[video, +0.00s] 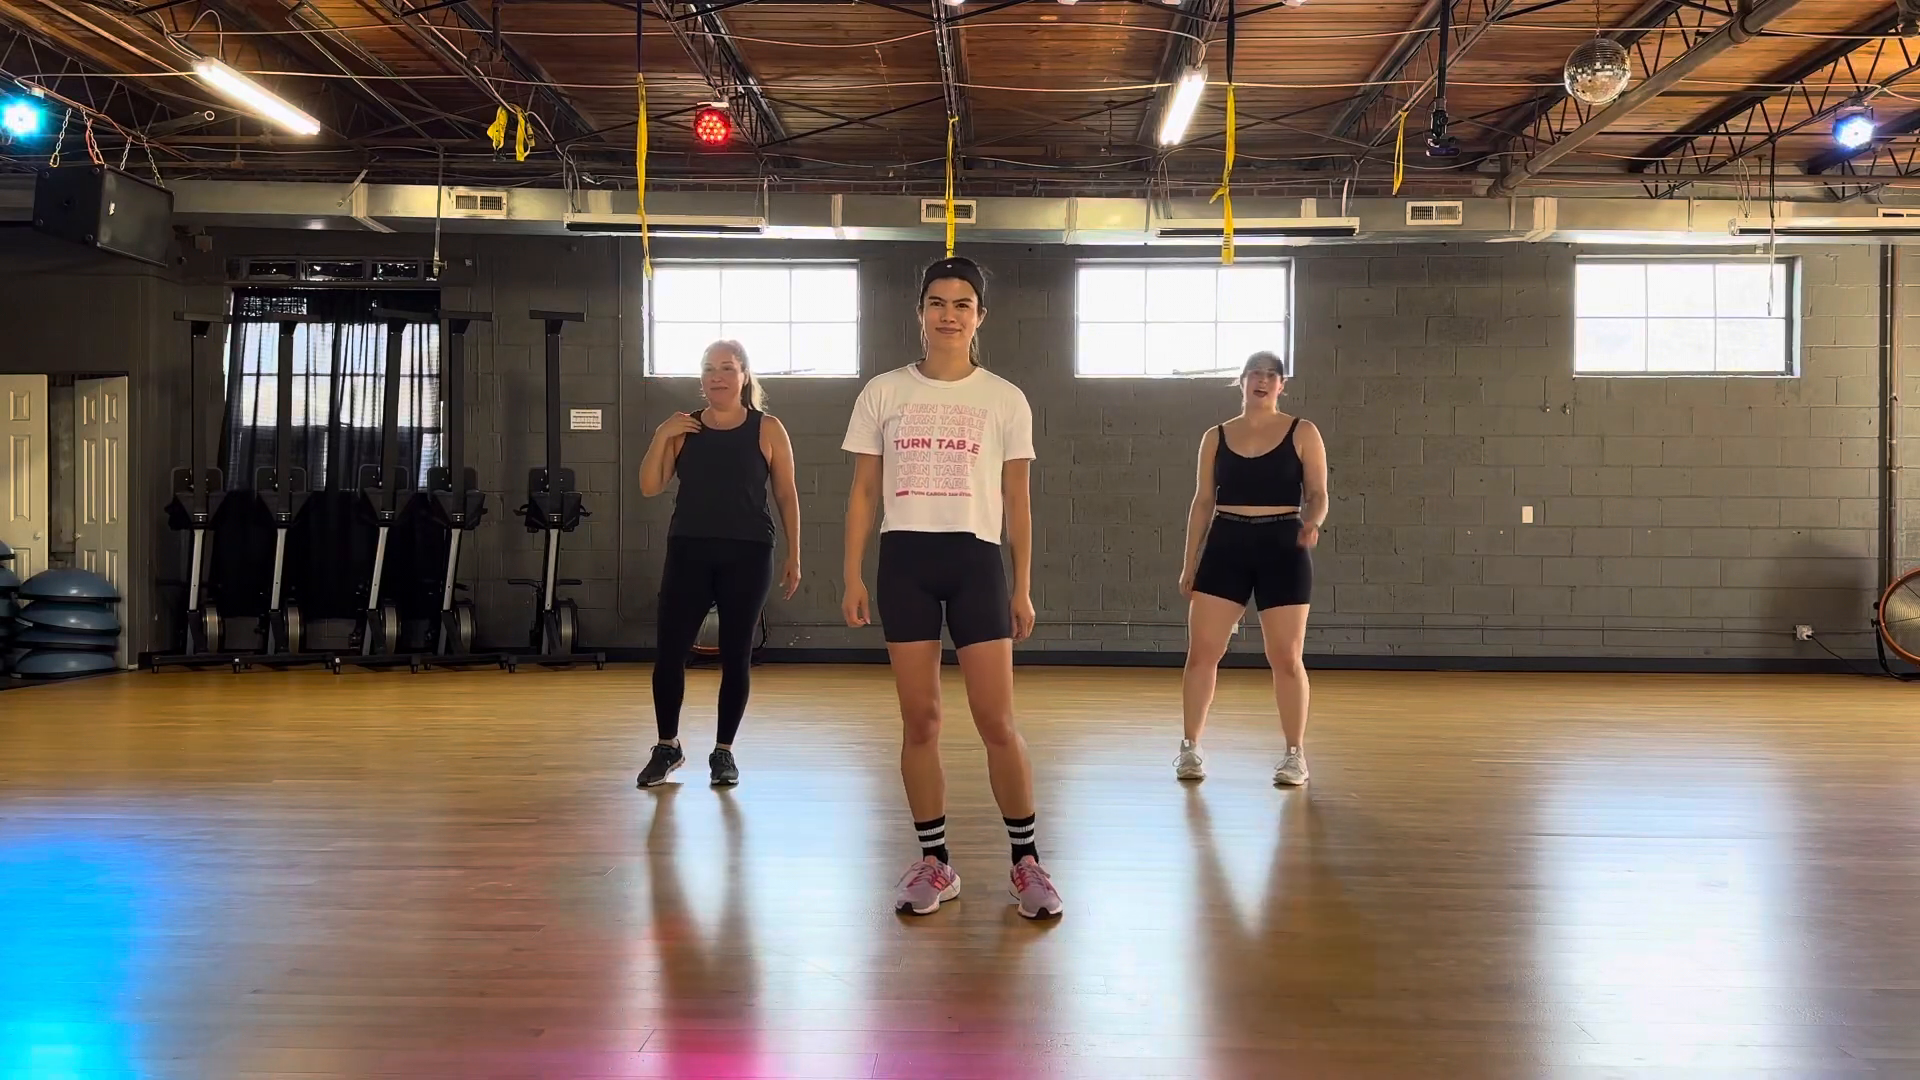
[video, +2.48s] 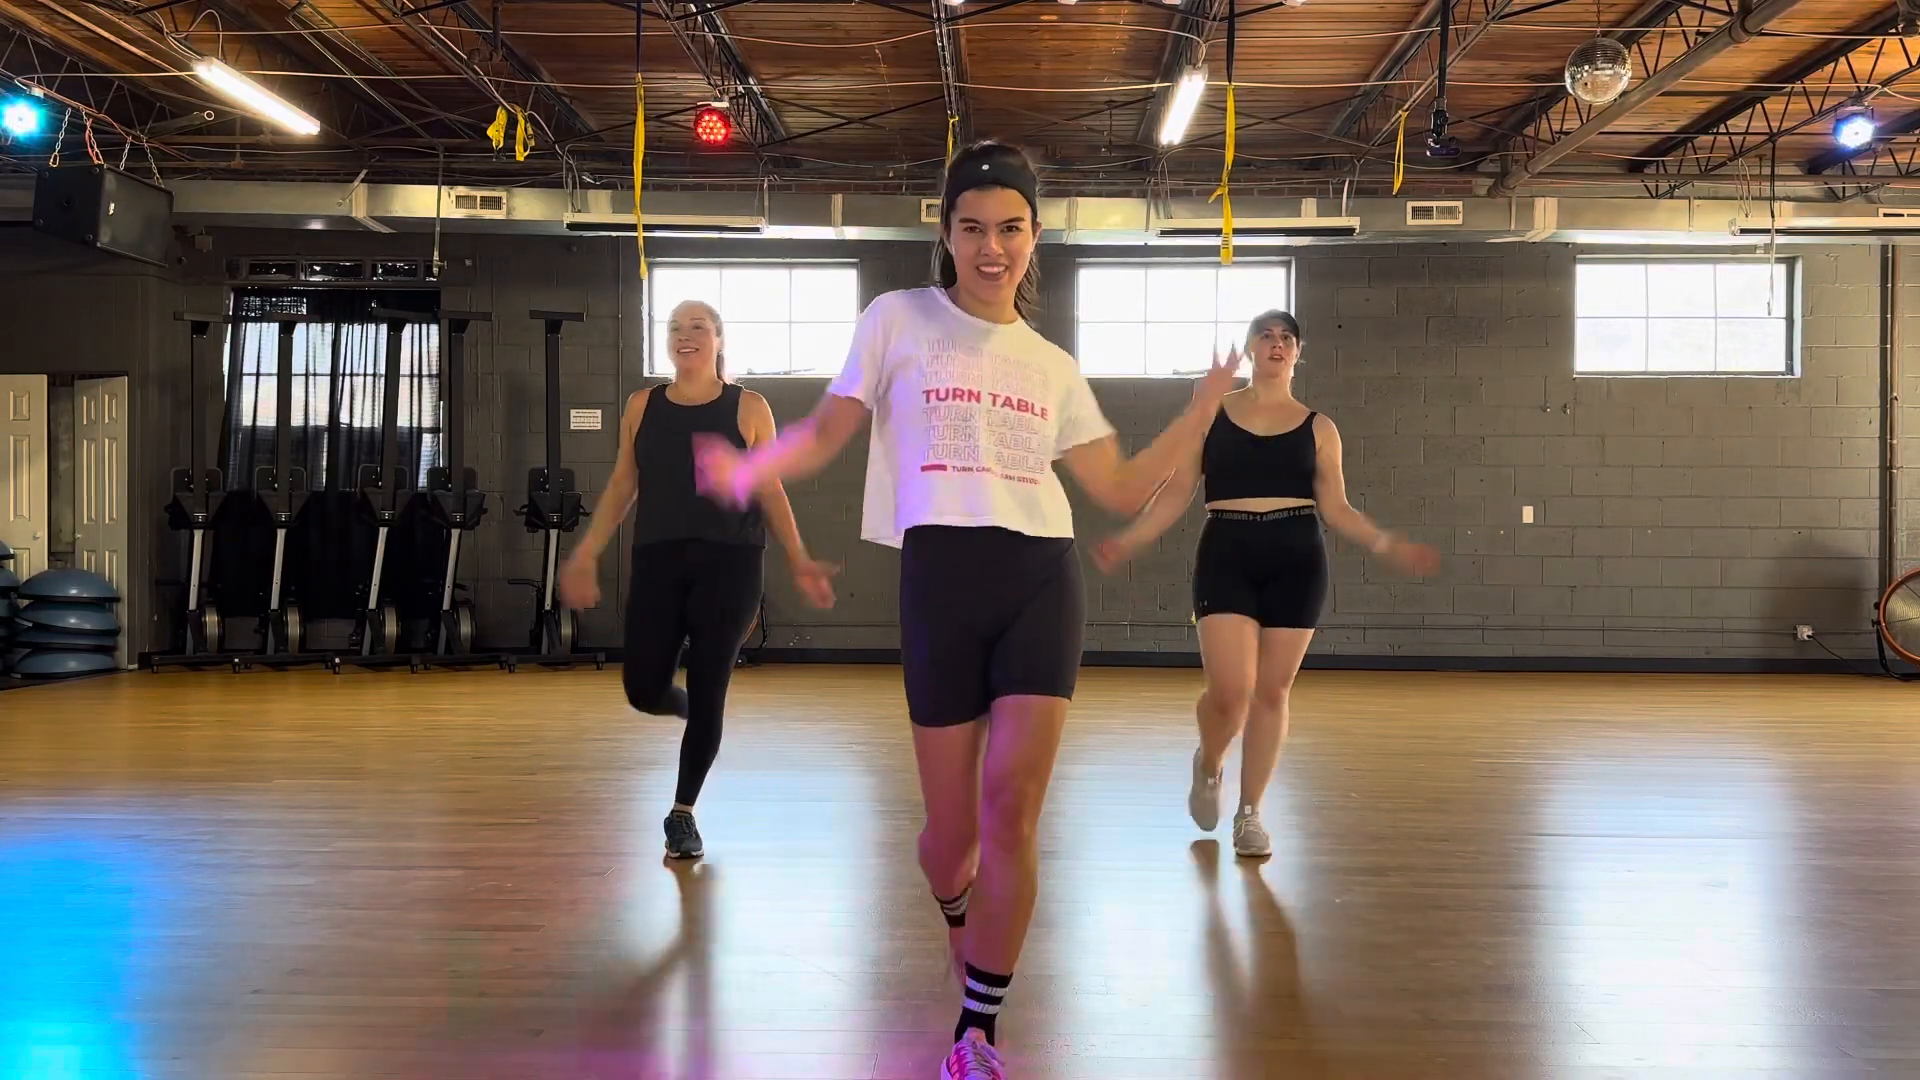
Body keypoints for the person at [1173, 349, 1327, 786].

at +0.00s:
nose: (1262, 381)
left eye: (1271, 375)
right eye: (1255, 374)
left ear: (1282, 385)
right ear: (1241, 382)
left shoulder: (1302, 433)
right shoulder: (1216, 436)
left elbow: (1317, 494)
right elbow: (1203, 502)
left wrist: (1311, 522)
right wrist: (1190, 561)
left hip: (1283, 551)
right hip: (1224, 549)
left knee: (1286, 659)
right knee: (1201, 652)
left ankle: (1294, 754)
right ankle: (1190, 748)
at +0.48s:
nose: (1297, 380)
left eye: (1304, 376)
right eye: (1290, 371)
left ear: (1309, 390)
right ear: (1270, 381)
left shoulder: (1317, 428)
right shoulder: (1240, 431)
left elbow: (1349, 456)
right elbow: (1218, 496)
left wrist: (1335, 405)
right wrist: (1221, 552)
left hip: (1303, 549)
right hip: (1250, 546)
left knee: (1299, 656)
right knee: (1232, 653)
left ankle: (1297, 755)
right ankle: (1203, 743)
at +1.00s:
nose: (1279, 389)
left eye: (1286, 383)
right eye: (1270, 382)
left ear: (1295, 393)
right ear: (1254, 391)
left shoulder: (1311, 440)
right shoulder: (1228, 442)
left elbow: (1327, 487)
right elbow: (1209, 504)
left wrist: (1321, 436)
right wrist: (1188, 561)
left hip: (1295, 553)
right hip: (1240, 549)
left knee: (1279, 660)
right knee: (1249, 639)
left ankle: (1270, 748)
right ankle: (1239, 735)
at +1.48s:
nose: (1263, 375)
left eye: (1271, 369)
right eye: (1254, 369)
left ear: (1283, 381)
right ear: (1241, 382)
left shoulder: (1310, 427)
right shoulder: (1222, 440)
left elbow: (1345, 488)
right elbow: (1203, 500)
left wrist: (1297, 489)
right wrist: (1170, 548)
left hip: (1289, 558)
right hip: (1229, 556)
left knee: (1283, 676)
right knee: (1241, 670)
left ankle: (1276, 743)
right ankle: (1256, 770)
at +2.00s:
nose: (1267, 368)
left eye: (1275, 361)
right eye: (1258, 360)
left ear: (1285, 372)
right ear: (1241, 370)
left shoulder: (1309, 424)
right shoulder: (1209, 428)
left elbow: (1330, 491)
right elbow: (1191, 503)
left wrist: (1336, 553)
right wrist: (1201, 556)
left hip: (1293, 555)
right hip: (1228, 556)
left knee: (1270, 668)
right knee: (1246, 677)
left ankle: (1253, 775)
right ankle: (1263, 778)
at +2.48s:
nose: (1276, 344)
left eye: (1286, 337)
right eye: (1265, 336)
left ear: (1298, 354)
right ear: (1246, 351)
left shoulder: (1319, 427)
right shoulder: (1212, 413)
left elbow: (1336, 508)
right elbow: (1177, 490)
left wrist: (1389, 545)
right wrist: (1130, 538)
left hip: (1297, 562)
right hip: (1226, 557)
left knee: (1273, 694)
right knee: (1230, 694)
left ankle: (1251, 812)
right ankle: (1209, 768)